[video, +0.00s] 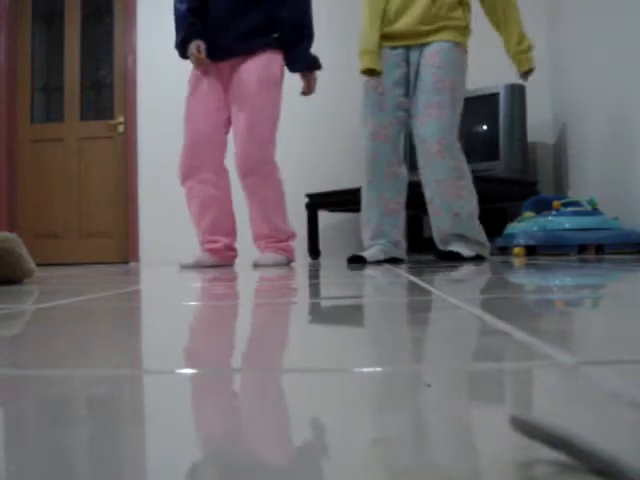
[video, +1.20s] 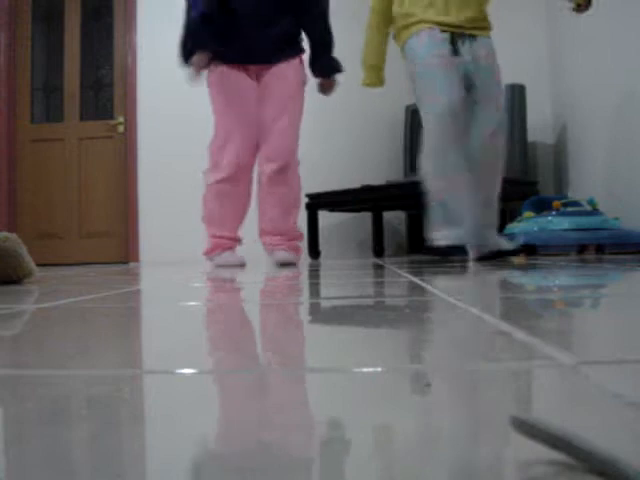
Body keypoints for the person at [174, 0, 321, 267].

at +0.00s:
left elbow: (295, 5)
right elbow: (184, 4)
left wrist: (302, 57)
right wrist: (190, 38)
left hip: (258, 56)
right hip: (208, 60)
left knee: (254, 159)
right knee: (199, 162)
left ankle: (276, 248)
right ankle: (217, 250)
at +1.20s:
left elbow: (315, 7)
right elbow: (199, 4)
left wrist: (324, 62)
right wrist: (198, 43)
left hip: (284, 60)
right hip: (229, 60)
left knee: (280, 158)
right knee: (232, 158)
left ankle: (282, 242)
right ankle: (222, 245)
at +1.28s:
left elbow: (309, 3)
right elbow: (186, 9)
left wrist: (322, 21)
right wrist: (165, 61)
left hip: (279, 67)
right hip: (227, 67)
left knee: (299, 154)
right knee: (241, 153)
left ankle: (294, 247)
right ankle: (211, 246)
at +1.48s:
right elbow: (170, 4)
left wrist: (293, 13)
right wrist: (140, 46)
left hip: (258, 60)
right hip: (206, 62)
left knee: (267, 153)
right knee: (209, 155)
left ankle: (282, 240)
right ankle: (208, 242)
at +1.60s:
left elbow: (281, 4)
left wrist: (282, 45)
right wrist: (134, 32)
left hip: (245, 59)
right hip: (192, 62)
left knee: (245, 158)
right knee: (185, 160)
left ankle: (275, 249)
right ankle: (199, 250)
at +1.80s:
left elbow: (258, 12)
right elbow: (147, 11)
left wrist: (266, 68)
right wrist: (132, 16)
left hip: (227, 58)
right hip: (175, 61)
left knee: (229, 149)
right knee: (172, 155)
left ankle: (251, 241)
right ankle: (188, 245)